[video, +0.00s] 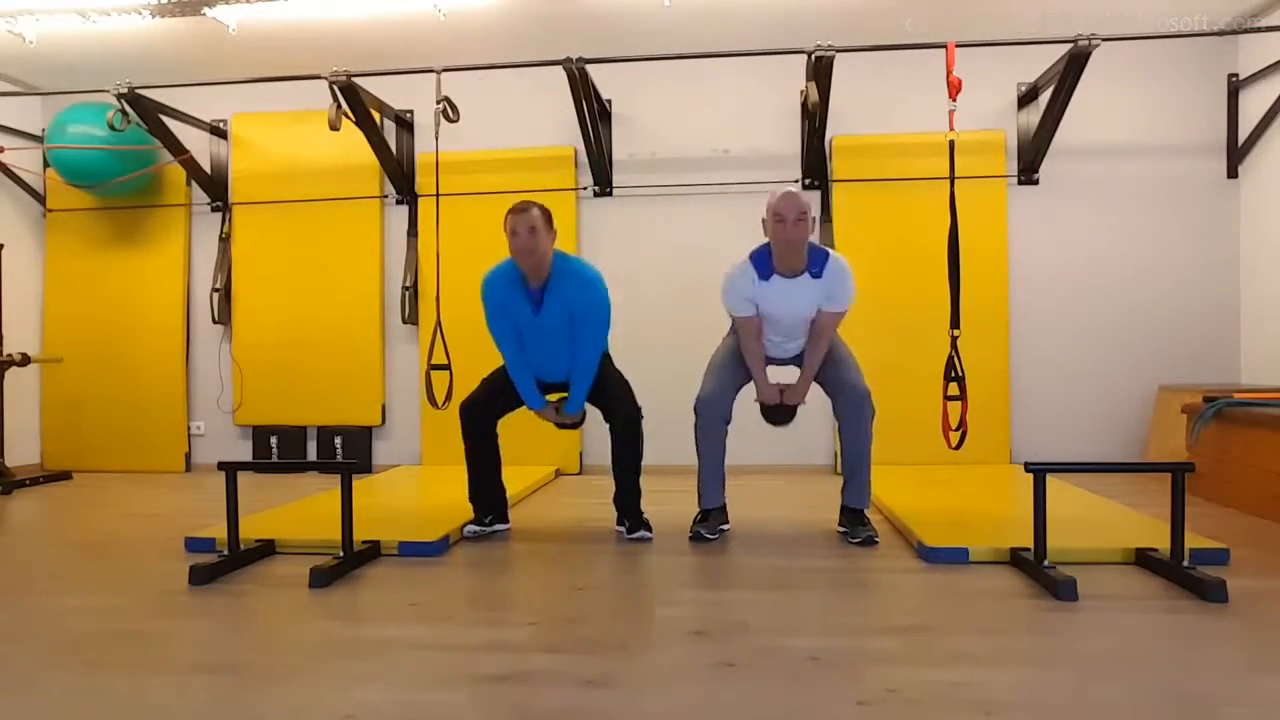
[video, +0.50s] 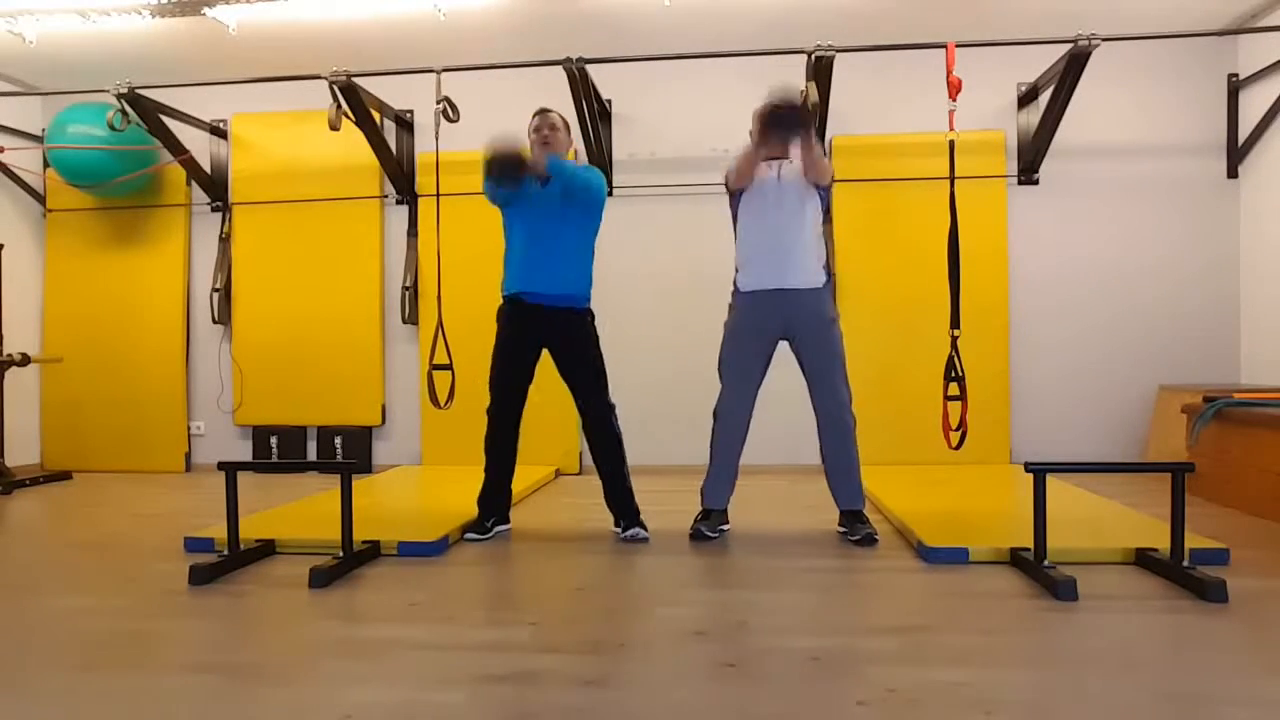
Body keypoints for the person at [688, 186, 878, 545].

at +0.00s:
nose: (791, 226)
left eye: (800, 219)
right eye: (781, 219)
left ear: (811, 225)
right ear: (766, 226)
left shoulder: (836, 272)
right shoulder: (742, 276)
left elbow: (821, 337)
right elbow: (750, 339)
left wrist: (801, 387)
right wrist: (764, 387)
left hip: (812, 346)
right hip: (753, 345)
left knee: (856, 399)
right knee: (710, 402)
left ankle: (854, 511)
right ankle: (712, 509)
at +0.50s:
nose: (783, 142)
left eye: (788, 137)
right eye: (777, 136)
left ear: (802, 136)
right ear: (759, 134)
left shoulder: (815, 170)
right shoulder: (743, 173)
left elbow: (818, 172)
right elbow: (738, 176)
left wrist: (807, 131)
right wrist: (759, 141)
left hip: (810, 302)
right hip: (754, 303)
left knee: (835, 408)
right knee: (732, 407)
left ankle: (852, 511)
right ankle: (714, 509)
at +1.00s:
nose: (785, 135)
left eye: (790, 129)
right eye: (779, 128)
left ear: (805, 129)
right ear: (763, 128)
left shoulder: (818, 164)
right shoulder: (747, 166)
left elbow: (826, 163)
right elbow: (748, 161)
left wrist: (812, 117)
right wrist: (766, 122)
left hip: (815, 304)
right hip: (757, 305)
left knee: (842, 410)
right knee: (730, 410)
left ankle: (853, 511)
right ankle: (715, 509)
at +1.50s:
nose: (790, 220)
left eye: (797, 212)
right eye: (781, 212)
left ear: (809, 216)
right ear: (766, 217)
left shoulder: (834, 265)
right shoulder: (742, 268)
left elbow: (823, 332)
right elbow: (747, 334)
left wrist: (803, 382)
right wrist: (762, 382)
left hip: (812, 349)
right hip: (752, 349)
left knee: (859, 402)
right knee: (707, 405)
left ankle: (853, 511)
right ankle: (712, 509)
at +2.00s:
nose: (776, 129)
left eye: (783, 123)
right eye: (768, 123)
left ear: (794, 130)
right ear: (754, 133)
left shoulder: (817, 168)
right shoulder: (742, 177)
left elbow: (821, 176)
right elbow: (742, 185)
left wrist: (782, 169)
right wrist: (785, 171)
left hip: (812, 298)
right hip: (755, 301)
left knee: (835, 405)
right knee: (734, 406)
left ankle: (852, 511)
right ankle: (714, 509)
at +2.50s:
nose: (780, 114)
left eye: (787, 109)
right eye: (775, 105)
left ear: (802, 114)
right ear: (761, 109)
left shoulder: (816, 161)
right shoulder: (742, 165)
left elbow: (820, 150)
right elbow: (747, 149)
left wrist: (810, 94)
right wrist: (763, 100)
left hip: (814, 299)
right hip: (756, 301)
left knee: (838, 408)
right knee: (735, 406)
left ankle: (852, 512)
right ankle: (714, 509)